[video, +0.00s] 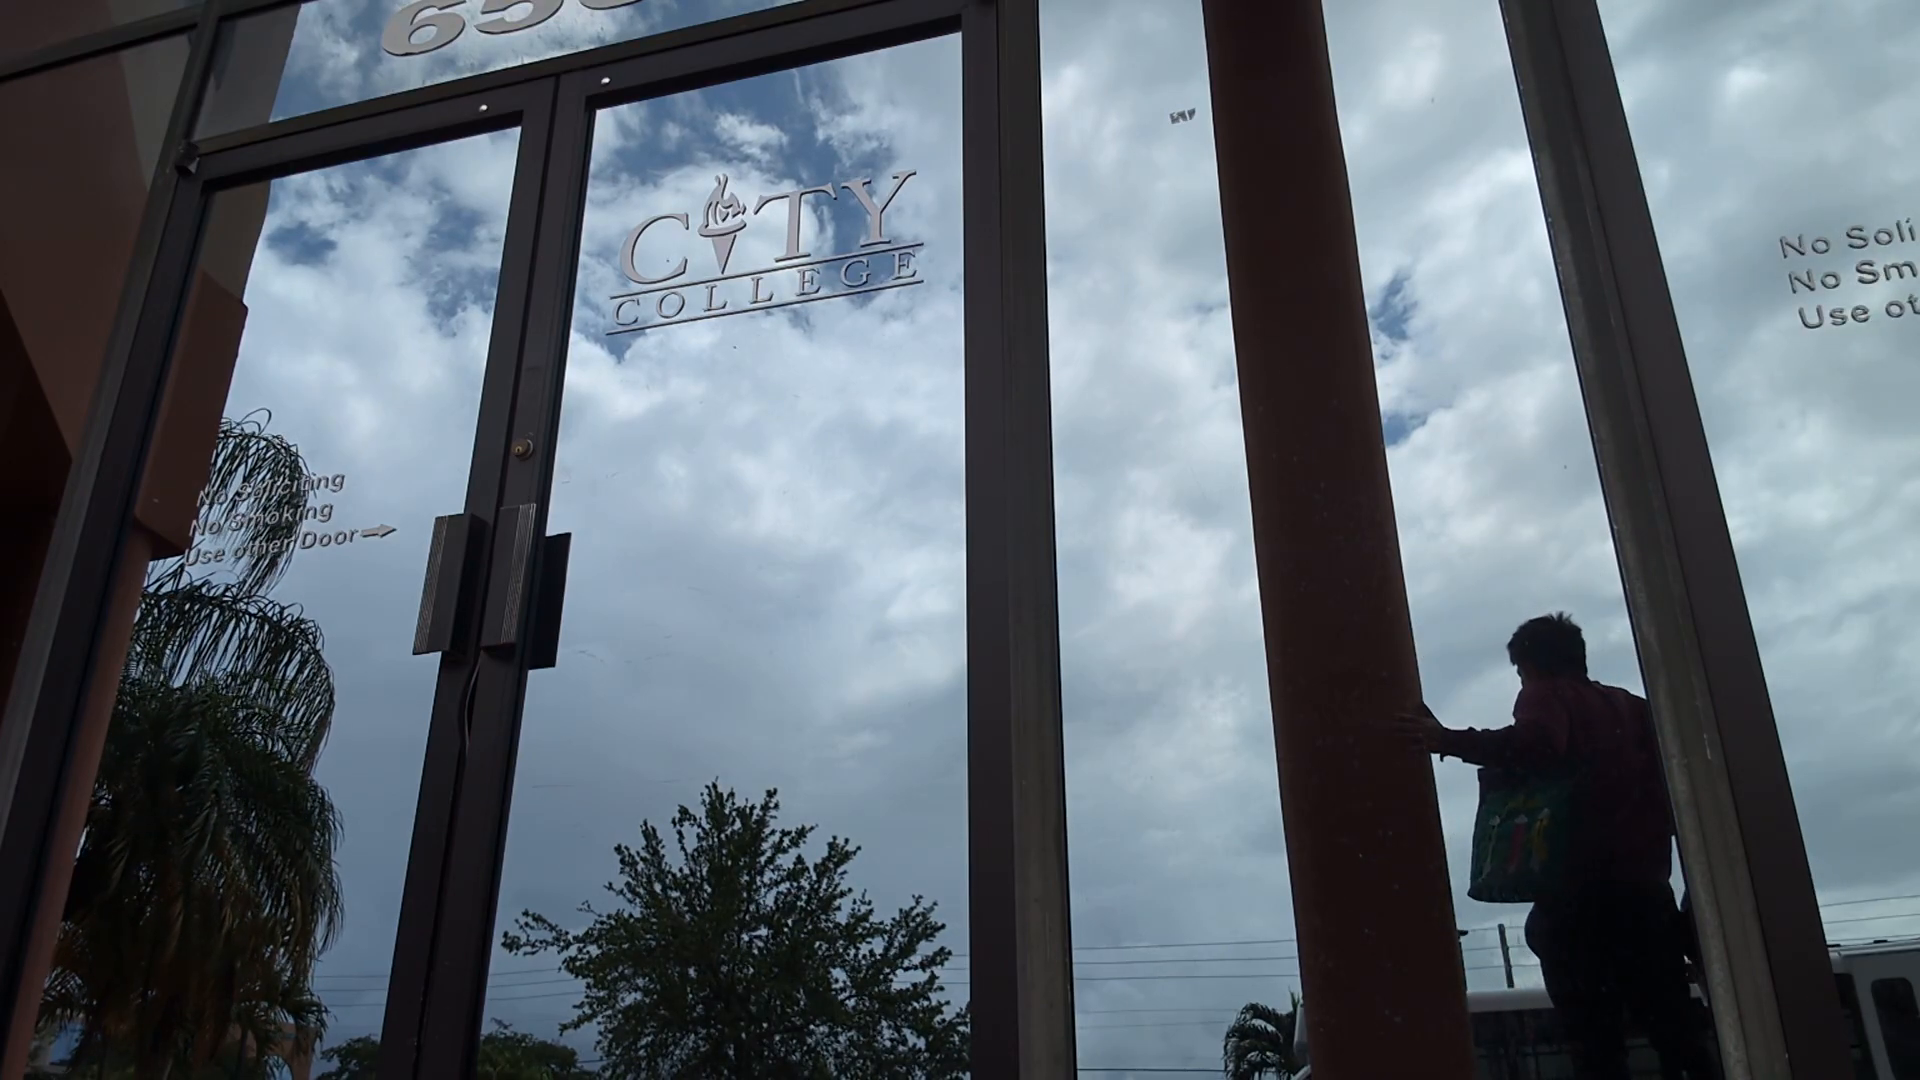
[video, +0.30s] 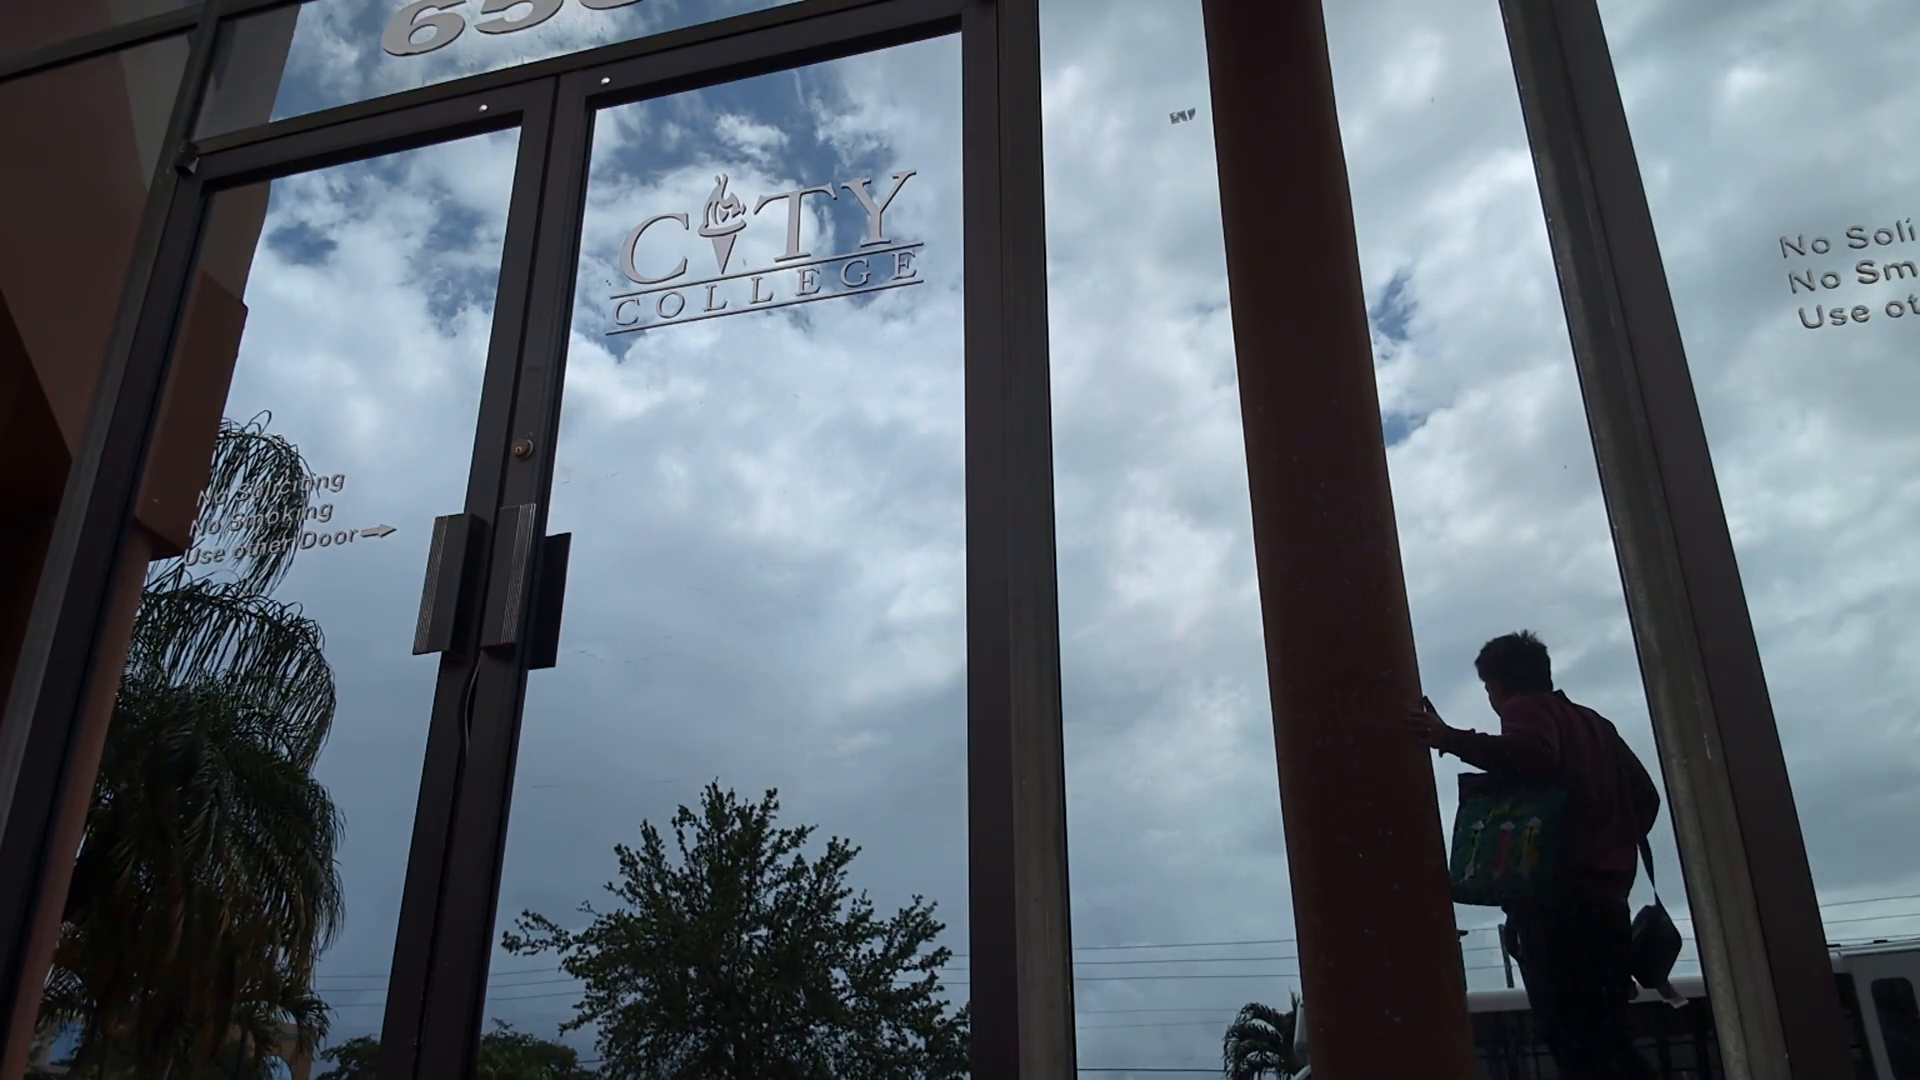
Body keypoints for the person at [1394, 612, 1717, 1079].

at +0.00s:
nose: (1521, 684)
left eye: (1522, 672)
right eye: (1520, 673)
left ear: (1535, 666)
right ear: (1578, 660)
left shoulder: (1542, 697)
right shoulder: (1633, 706)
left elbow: (1539, 744)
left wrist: (1449, 740)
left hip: (1574, 896)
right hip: (1648, 890)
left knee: (1594, 1039)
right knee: (1673, 1023)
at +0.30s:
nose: (1489, 698)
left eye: (1489, 687)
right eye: (1487, 689)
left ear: (1503, 682)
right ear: (1544, 676)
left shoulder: (1523, 708)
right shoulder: (1596, 725)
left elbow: (1535, 754)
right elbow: (1646, 796)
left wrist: (1449, 737)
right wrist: (1610, 841)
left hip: (1551, 903)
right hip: (1607, 902)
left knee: (1570, 1037)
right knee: (1608, 1034)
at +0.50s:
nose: (1467, 716)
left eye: (1466, 704)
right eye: (1464, 707)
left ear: (1481, 700)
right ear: (1519, 692)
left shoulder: (1508, 726)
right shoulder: (1571, 741)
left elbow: (1523, 766)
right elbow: (1617, 813)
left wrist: (1450, 743)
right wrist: (1583, 864)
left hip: (1535, 909)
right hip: (1582, 904)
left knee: (1555, 1033)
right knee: (1580, 1027)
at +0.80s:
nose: (1433, 729)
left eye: (1436, 719)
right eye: (1431, 720)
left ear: (1463, 717)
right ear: (1481, 716)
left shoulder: (1492, 753)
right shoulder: (1520, 756)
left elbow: (1500, 780)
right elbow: (1559, 830)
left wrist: (1442, 748)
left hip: (1509, 931)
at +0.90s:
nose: (1427, 734)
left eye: (1428, 723)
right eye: (1425, 724)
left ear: (1449, 721)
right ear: (1472, 719)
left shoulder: (1481, 758)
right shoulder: (1509, 763)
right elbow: (1534, 850)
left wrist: (1436, 746)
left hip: (1491, 935)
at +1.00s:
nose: (1424, 736)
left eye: (1426, 726)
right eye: (1424, 728)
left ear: (1442, 725)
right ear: (1460, 725)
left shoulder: (1468, 761)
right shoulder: (1490, 766)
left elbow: (1425, 744)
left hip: (1485, 910)